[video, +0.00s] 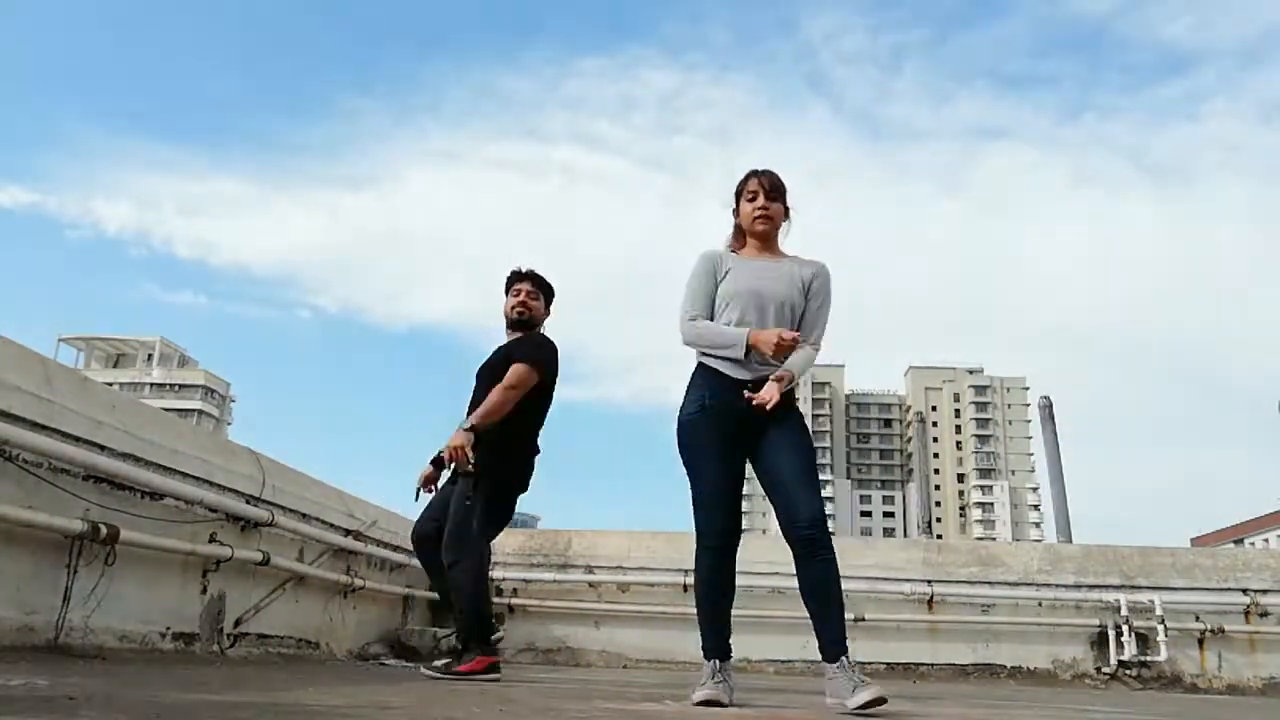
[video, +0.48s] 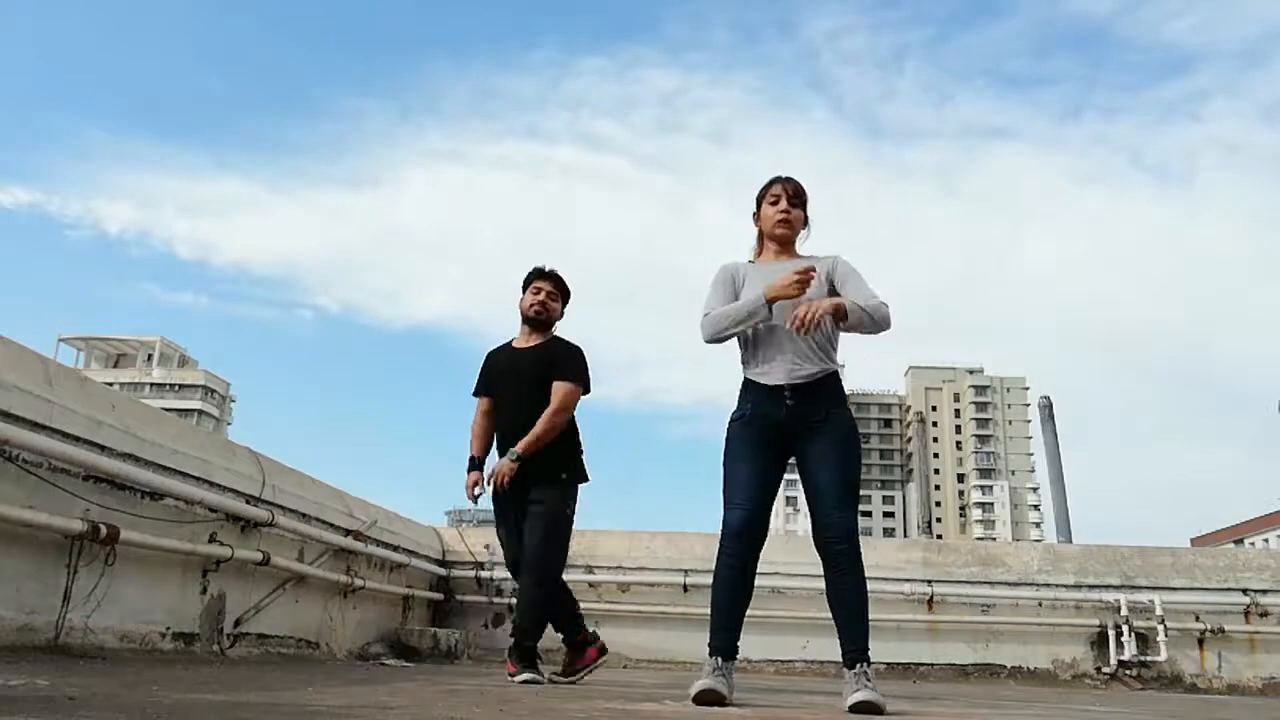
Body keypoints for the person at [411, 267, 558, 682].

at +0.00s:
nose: (523, 298)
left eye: (534, 295)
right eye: (516, 293)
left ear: (546, 311)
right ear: (505, 305)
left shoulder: (538, 346)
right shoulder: (503, 355)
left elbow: (510, 391)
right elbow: (476, 418)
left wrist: (468, 428)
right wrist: (440, 460)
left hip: (499, 465)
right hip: (474, 463)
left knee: (462, 548)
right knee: (426, 534)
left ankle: (478, 650)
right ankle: (472, 629)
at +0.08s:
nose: (526, 301)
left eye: (536, 298)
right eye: (519, 295)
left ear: (548, 312)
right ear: (508, 305)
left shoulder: (544, 350)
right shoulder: (504, 362)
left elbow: (507, 391)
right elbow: (471, 421)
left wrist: (455, 413)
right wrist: (423, 453)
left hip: (515, 468)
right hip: (489, 466)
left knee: (469, 549)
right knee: (445, 544)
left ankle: (481, 650)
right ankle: (515, 611)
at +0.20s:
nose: (530, 301)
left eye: (540, 298)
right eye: (523, 295)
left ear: (551, 312)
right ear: (511, 306)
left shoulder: (551, 351)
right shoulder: (505, 364)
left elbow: (509, 390)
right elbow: (469, 416)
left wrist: (451, 402)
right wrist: (419, 439)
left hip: (525, 469)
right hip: (503, 468)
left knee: (480, 550)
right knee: (488, 558)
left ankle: (482, 650)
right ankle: (552, 628)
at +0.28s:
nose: (535, 307)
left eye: (545, 304)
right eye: (528, 300)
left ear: (556, 317)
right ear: (515, 309)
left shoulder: (561, 357)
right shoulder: (503, 372)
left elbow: (530, 399)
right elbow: (474, 422)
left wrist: (469, 401)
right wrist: (439, 433)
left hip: (549, 476)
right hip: (520, 478)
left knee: (499, 545)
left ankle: (487, 649)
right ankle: (598, 655)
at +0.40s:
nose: (541, 302)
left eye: (551, 299)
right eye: (534, 295)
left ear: (560, 313)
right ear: (520, 304)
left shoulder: (567, 354)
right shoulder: (501, 363)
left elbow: (549, 409)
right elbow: (484, 416)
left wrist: (495, 435)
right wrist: (467, 450)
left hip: (555, 475)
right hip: (516, 477)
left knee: (531, 554)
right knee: (547, 564)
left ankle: (516, 655)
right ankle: (595, 651)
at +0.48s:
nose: (542, 299)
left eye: (552, 297)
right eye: (536, 292)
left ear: (560, 312)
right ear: (521, 300)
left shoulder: (567, 353)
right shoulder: (496, 358)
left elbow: (560, 412)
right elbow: (484, 414)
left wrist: (515, 454)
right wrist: (475, 462)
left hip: (554, 473)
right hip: (509, 474)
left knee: (539, 565)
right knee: (524, 566)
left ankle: (522, 656)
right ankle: (581, 643)